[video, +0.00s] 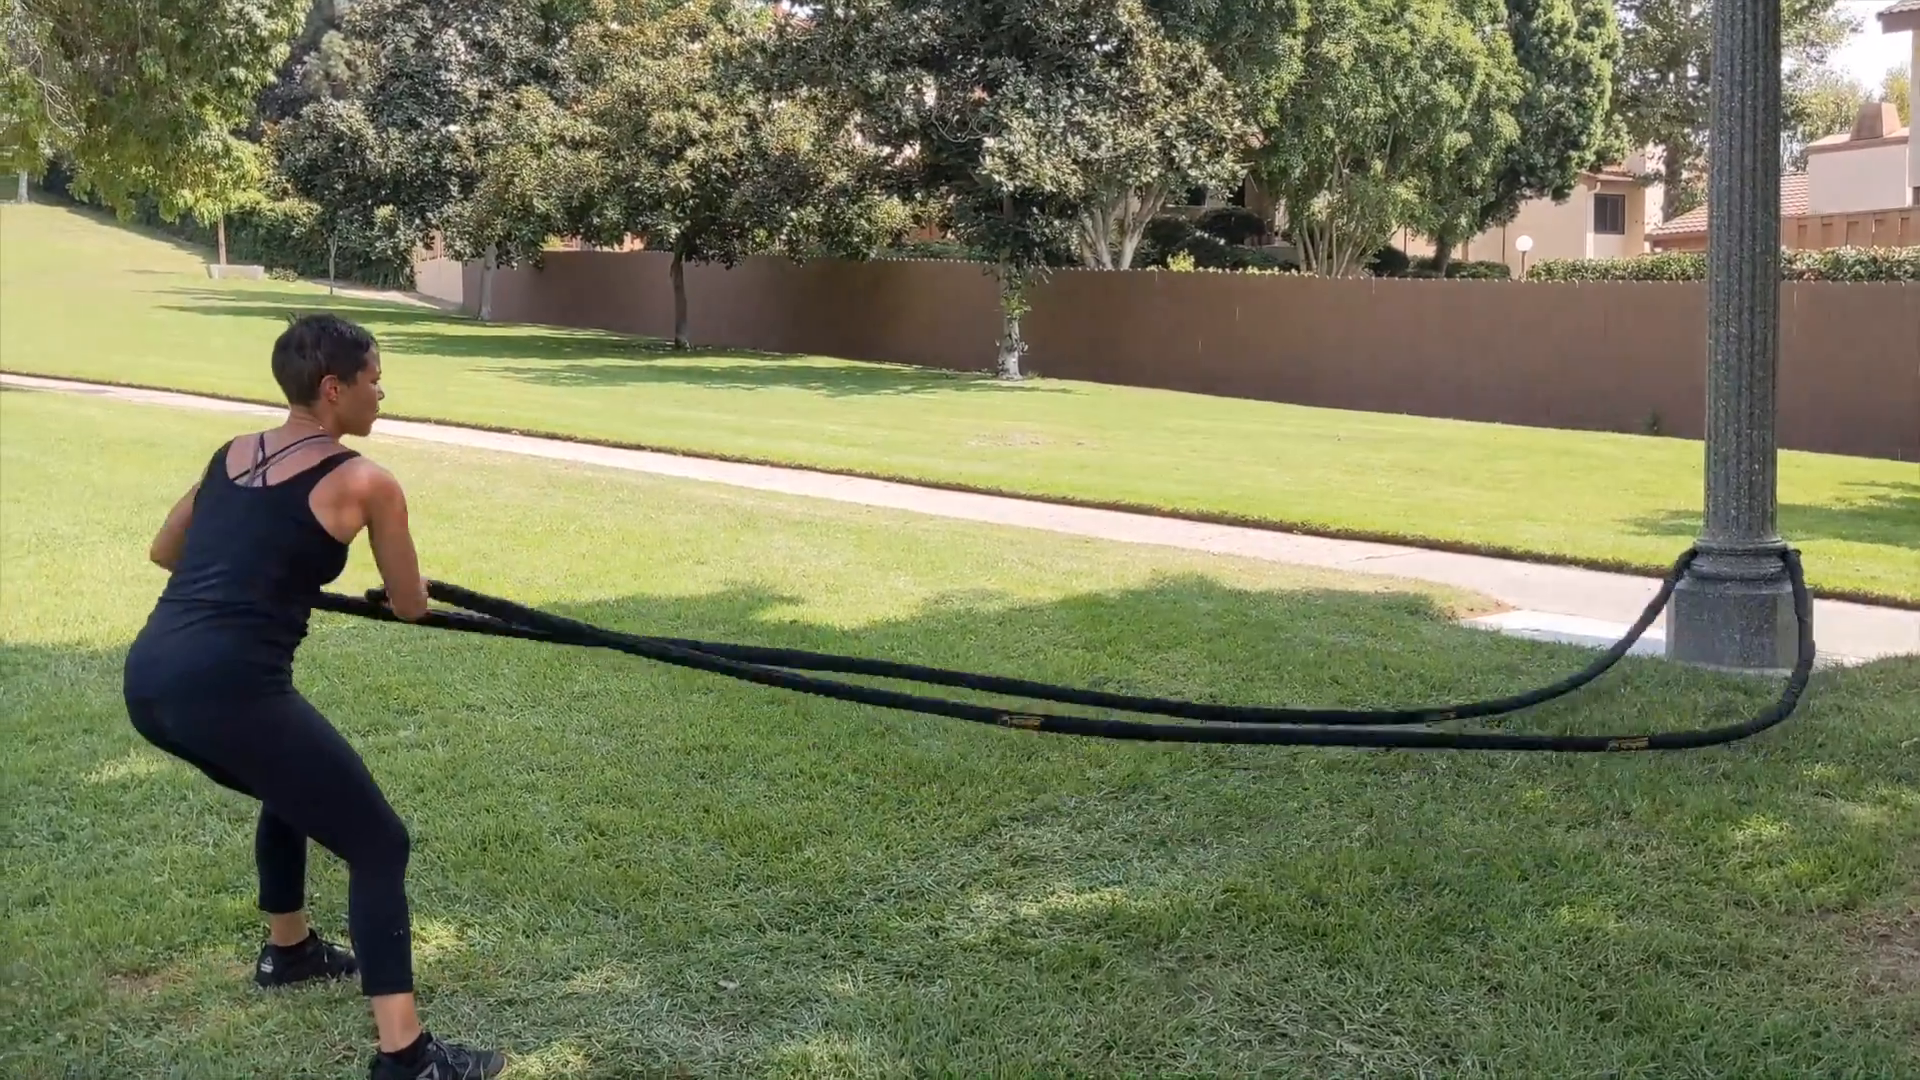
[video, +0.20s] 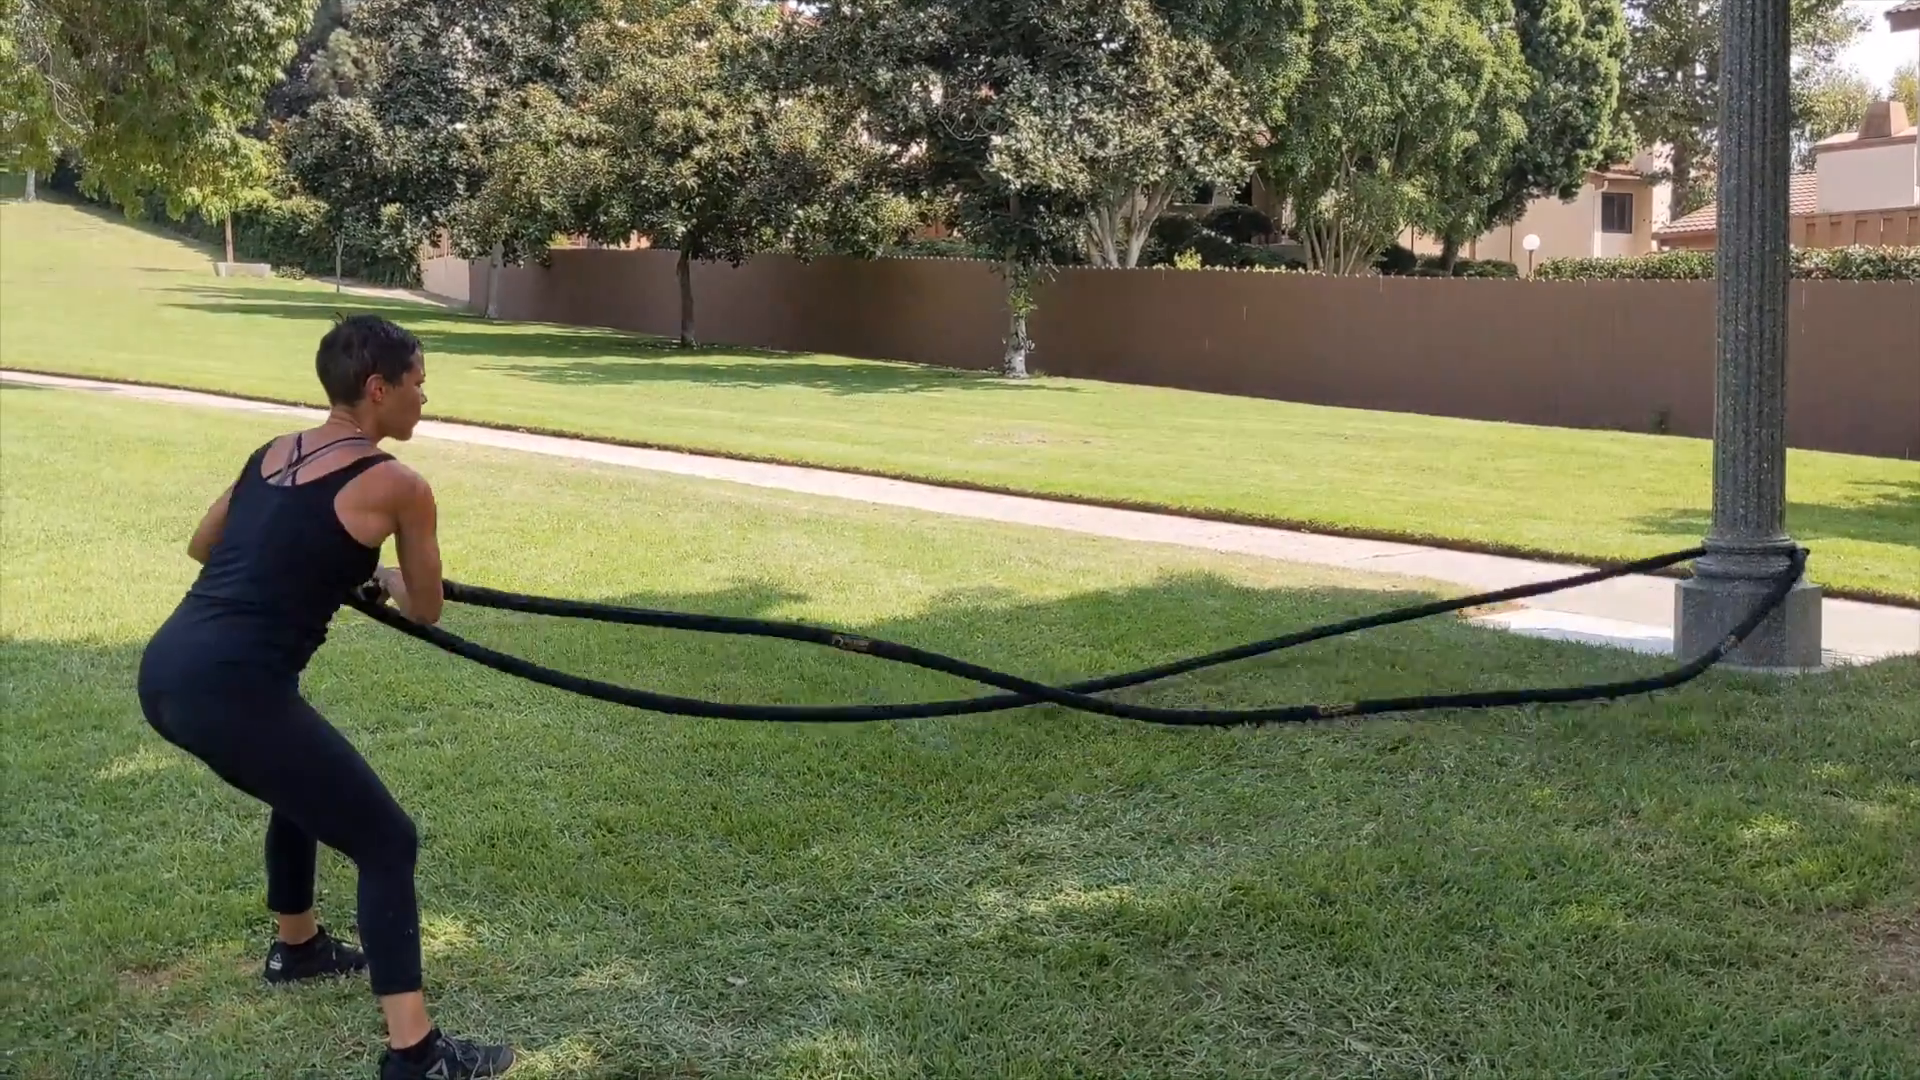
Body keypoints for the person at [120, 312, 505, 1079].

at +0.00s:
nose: (381, 396)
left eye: (379, 381)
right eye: (373, 382)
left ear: (304, 388)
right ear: (330, 389)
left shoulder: (237, 451)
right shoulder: (366, 481)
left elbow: (166, 547)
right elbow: (408, 599)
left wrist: (262, 552)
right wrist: (414, 603)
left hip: (152, 683)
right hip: (234, 691)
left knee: (289, 787)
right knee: (379, 841)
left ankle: (288, 949)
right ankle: (402, 1047)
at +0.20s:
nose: (424, 396)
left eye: (422, 381)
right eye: (416, 381)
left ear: (351, 388)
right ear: (376, 386)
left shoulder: (278, 447)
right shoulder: (399, 485)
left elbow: (205, 544)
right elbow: (425, 607)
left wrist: (306, 560)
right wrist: (377, 580)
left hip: (167, 675)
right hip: (237, 690)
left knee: (301, 786)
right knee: (386, 836)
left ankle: (297, 946)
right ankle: (413, 1046)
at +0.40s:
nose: (441, 397)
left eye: (438, 382)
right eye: (432, 382)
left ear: (376, 392)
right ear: (393, 389)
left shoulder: (332, 471)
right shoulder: (387, 483)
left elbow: (413, 611)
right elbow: (458, 611)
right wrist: (522, 610)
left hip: (188, 686)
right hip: (225, 705)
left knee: (319, 793)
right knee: (391, 841)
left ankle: (299, 948)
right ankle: (417, 1047)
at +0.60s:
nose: (472, 404)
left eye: (470, 388)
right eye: (464, 388)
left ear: (411, 396)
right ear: (421, 394)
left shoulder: (367, 480)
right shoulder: (392, 493)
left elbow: (436, 631)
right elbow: (448, 623)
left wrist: (541, 650)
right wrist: (563, 641)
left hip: (218, 678)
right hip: (233, 697)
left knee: (329, 800)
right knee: (388, 841)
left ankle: (300, 947)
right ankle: (417, 1047)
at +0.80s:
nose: (470, 404)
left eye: (470, 388)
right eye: (463, 388)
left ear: (406, 394)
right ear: (418, 392)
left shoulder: (355, 472)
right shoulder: (386, 492)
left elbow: (417, 612)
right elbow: (432, 613)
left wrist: (499, 638)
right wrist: (570, 625)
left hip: (207, 673)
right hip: (233, 695)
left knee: (326, 793)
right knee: (391, 839)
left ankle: (297, 944)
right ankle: (415, 1047)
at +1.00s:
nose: (426, 404)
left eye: (426, 387)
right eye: (419, 387)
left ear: (359, 389)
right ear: (376, 387)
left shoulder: (303, 461)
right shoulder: (363, 487)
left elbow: (357, 576)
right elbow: (431, 619)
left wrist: (471, 594)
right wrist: (527, 638)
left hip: (173, 677)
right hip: (217, 696)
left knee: (318, 790)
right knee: (381, 838)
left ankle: (296, 945)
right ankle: (412, 1047)